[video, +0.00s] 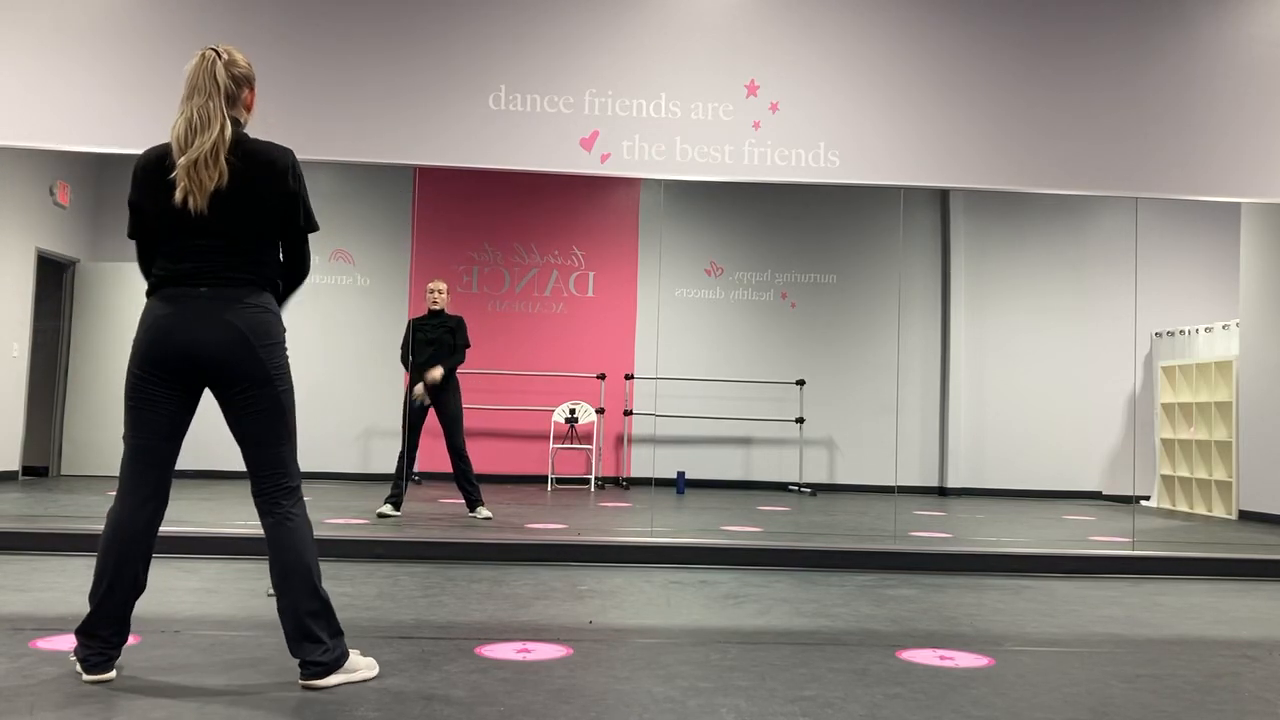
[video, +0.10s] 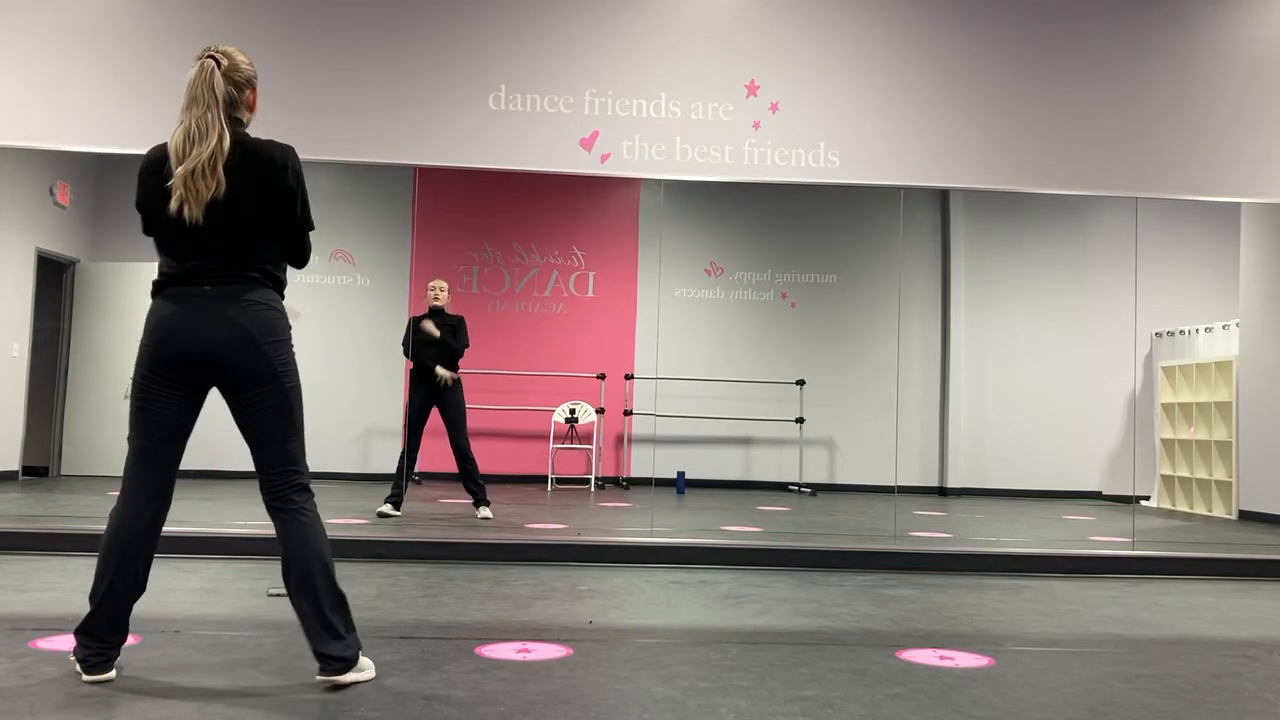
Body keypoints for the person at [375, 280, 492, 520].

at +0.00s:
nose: (435, 295)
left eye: (440, 292)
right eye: (431, 291)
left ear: (447, 297)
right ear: (425, 296)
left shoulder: (456, 322)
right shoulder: (414, 324)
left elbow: (460, 354)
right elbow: (405, 355)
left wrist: (441, 368)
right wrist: (417, 379)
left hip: (446, 388)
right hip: (418, 388)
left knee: (457, 446)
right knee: (408, 446)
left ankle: (475, 504)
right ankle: (393, 503)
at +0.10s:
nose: (436, 293)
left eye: (441, 290)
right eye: (433, 289)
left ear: (448, 296)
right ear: (426, 295)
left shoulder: (456, 321)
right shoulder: (416, 322)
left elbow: (460, 348)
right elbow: (409, 350)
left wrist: (436, 333)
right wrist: (436, 367)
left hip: (449, 387)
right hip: (421, 386)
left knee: (461, 445)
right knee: (410, 445)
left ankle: (481, 503)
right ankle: (393, 502)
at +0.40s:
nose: (443, 299)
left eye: (447, 295)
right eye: (439, 295)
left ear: (453, 300)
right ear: (432, 299)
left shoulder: (462, 325)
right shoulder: (420, 326)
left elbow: (466, 349)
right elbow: (418, 353)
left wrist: (450, 324)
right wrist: (450, 362)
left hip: (461, 390)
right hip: (431, 391)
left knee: (469, 448)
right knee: (417, 449)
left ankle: (483, 503)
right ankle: (395, 503)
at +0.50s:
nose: (441, 294)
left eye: (446, 290)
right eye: (438, 290)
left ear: (454, 297)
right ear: (431, 297)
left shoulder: (463, 322)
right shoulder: (421, 324)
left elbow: (465, 344)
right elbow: (417, 350)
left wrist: (450, 317)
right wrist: (449, 354)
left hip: (457, 388)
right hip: (428, 388)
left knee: (466, 447)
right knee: (413, 447)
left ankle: (482, 504)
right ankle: (394, 503)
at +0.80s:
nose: (438, 300)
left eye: (443, 296)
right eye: (434, 296)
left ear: (451, 300)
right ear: (429, 301)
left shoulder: (459, 326)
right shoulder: (419, 328)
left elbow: (456, 351)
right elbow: (407, 356)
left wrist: (443, 326)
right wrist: (434, 361)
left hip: (444, 391)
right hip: (416, 390)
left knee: (457, 447)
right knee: (406, 445)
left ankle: (481, 503)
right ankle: (393, 503)